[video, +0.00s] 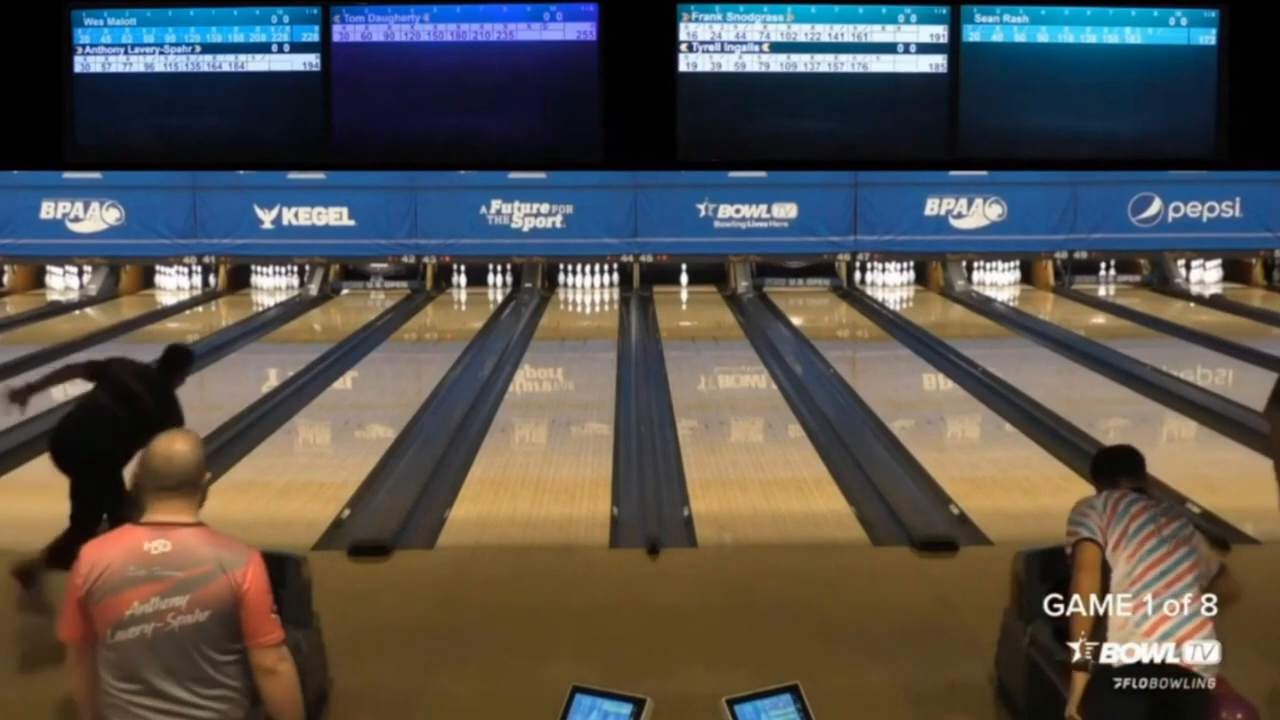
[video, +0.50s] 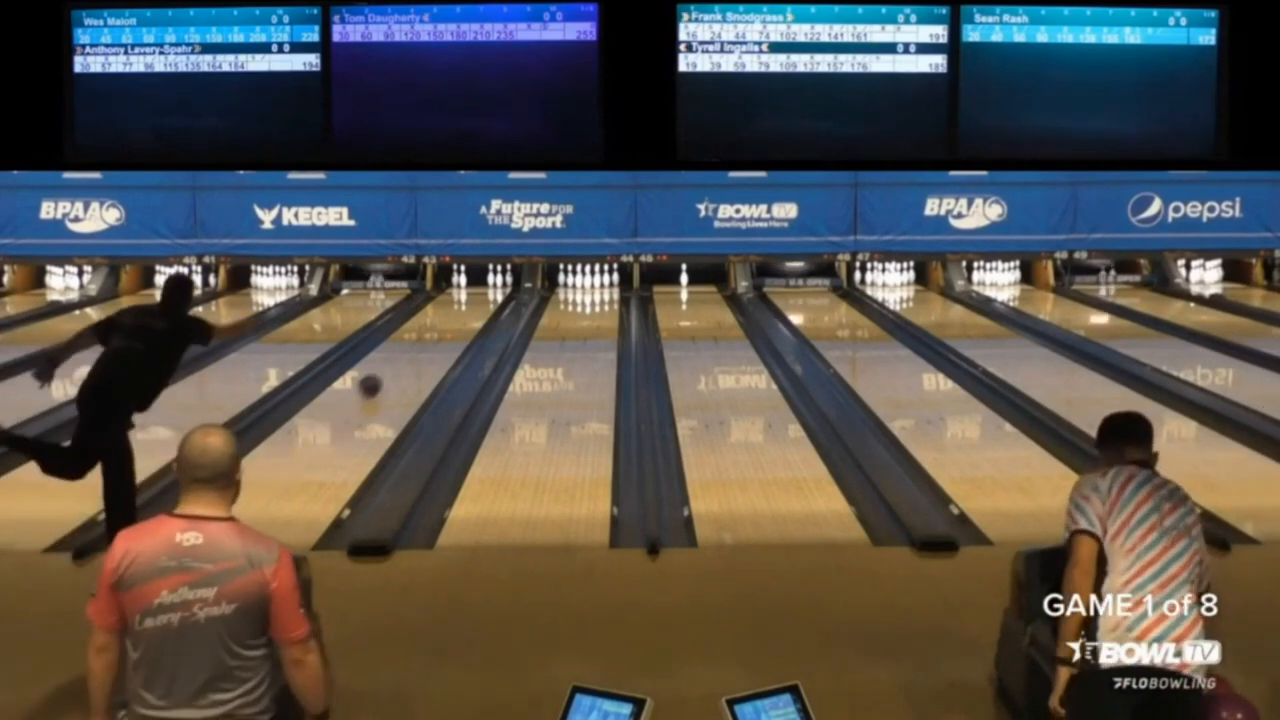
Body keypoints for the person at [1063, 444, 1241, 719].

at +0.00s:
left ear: (1097, 483)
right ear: (1144, 478)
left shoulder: (1095, 508)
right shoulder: (1176, 517)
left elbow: (1087, 588)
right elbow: (1228, 588)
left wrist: (1079, 670)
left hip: (1124, 679)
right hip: (1191, 684)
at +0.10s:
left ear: (1095, 476)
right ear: (1143, 473)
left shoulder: (1094, 502)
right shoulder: (1182, 514)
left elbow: (1084, 589)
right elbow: (1236, 596)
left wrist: (1076, 669)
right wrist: (1184, 623)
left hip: (1122, 680)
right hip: (1192, 686)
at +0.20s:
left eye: (1096, 470)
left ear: (1097, 466)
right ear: (1147, 465)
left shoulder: (1095, 494)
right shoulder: (1180, 505)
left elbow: (1084, 577)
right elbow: (1221, 595)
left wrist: (1073, 666)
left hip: (1124, 674)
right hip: (1190, 679)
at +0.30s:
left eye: (1096, 468)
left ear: (1096, 464)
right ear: (1148, 465)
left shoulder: (1096, 493)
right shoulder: (1183, 505)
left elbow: (1085, 573)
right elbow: (1214, 594)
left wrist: (1071, 663)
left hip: (1120, 680)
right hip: (1188, 685)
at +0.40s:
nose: (1098, 467)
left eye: (1098, 459)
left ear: (1101, 456)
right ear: (1151, 460)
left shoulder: (1096, 488)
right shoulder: (1183, 500)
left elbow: (1083, 573)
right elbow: (1208, 584)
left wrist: (1068, 665)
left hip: (1122, 673)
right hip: (1188, 676)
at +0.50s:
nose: (1100, 462)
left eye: (1101, 453)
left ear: (1103, 451)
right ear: (1153, 456)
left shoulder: (1096, 485)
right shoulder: (1183, 498)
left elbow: (1081, 575)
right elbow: (1199, 589)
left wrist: (1065, 665)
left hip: (1121, 673)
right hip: (1187, 677)